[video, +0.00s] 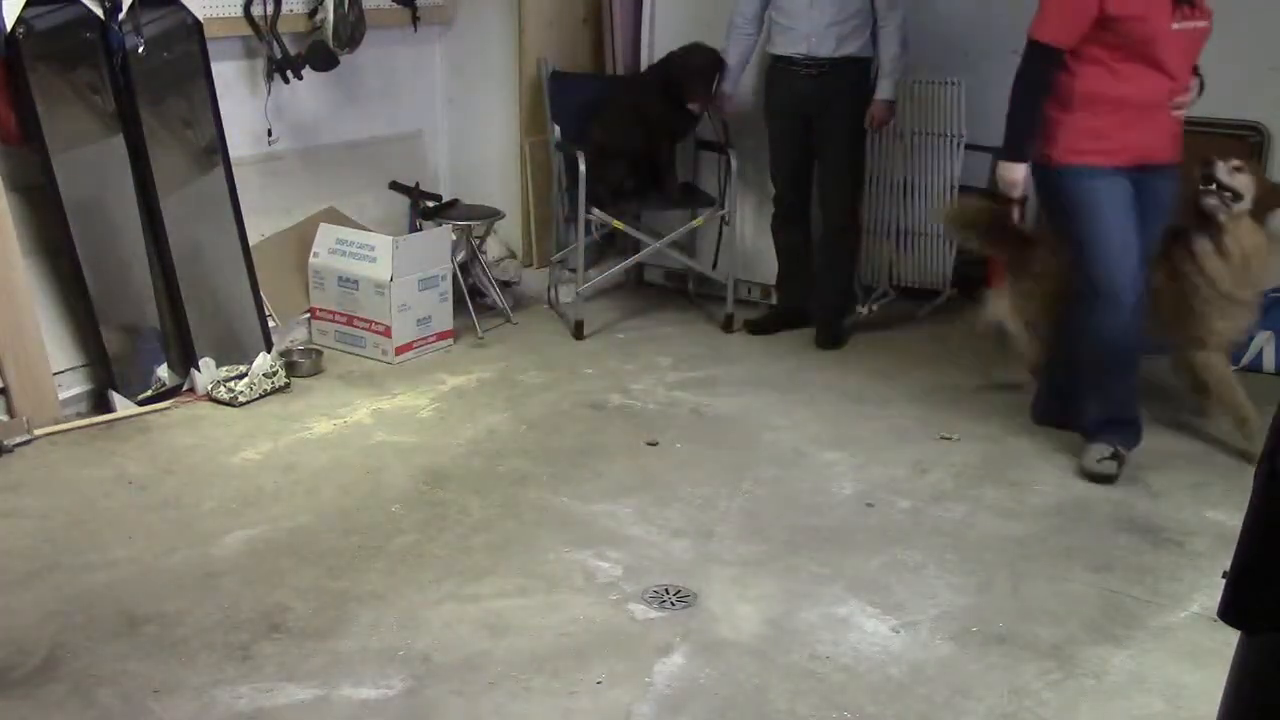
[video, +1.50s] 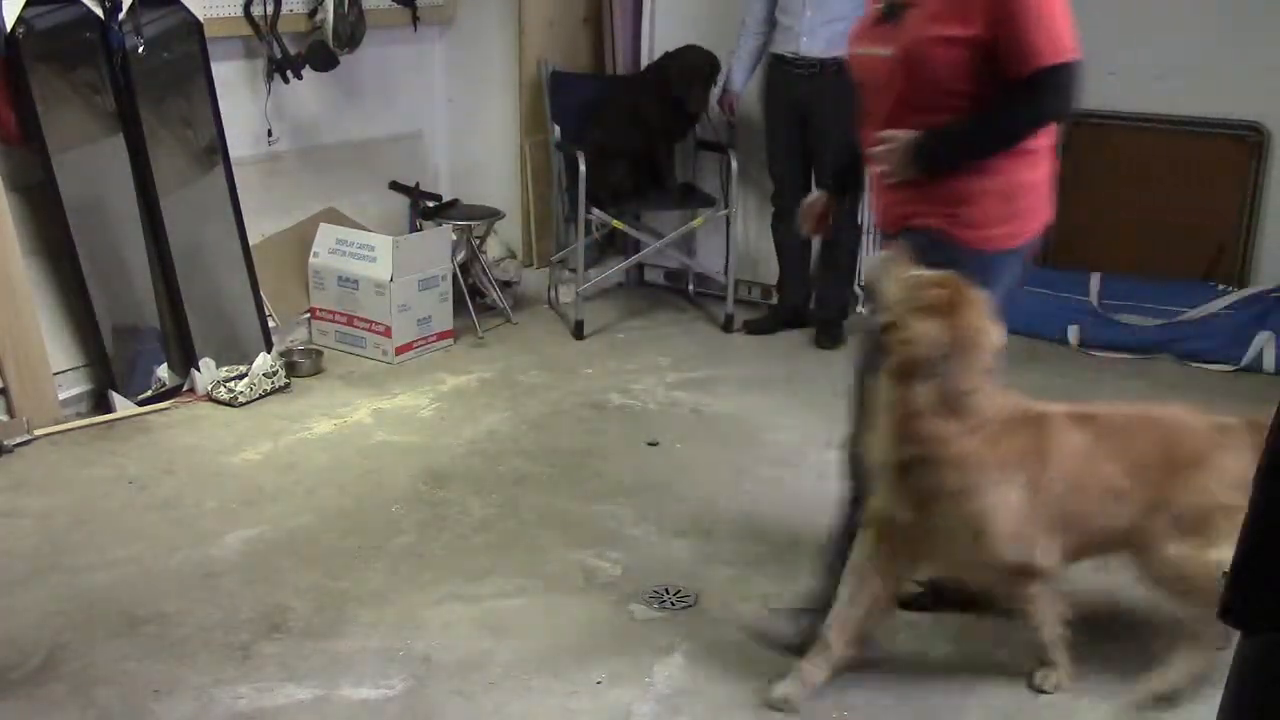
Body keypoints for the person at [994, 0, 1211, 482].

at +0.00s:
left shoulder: (1194, 6)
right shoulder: (1083, 5)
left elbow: (1169, 46)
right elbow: (1041, 55)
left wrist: (1191, 78)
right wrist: (1015, 153)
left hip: (1156, 151)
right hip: (1084, 148)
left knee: (1118, 287)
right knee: (1117, 288)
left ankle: (1061, 400)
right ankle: (1108, 433)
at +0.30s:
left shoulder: (1229, 2)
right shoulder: (1076, 4)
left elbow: (1240, 39)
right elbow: (1039, 59)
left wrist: (1219, 92)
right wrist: (1016, 154)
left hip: (1186, 157)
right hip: (1092, 156)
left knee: (1190, 296)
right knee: (1109, 302)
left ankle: (1134, 410)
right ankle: (1104, 435)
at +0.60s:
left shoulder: (1248, 5)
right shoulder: (1079, 4)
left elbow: (1271, 65)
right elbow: (1041, 72)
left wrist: (1227, 121)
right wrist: (1009, 168)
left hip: (1198, 171)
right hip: (1098, 173)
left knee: (1171, 339)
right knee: (1105, 327)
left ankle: (1169, 509)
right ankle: (1109, 439)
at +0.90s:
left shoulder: (1248, 6)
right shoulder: (1076, 3)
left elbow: (1275, 77)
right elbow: (1049, 62)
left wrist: (1197, 130)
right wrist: (1007, 161)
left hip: (1186, 201)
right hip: (1074, 186)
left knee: (1159, 370)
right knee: (1034, 334)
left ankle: (1162, 526)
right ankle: (1082, 469)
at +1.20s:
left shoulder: (1151, 5)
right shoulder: (999, 5)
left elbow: (1194, 97)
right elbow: (988, 94)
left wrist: (1077, 158)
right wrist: (963, 192)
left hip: (1105, 233)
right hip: (994, 220)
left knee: (1109, 408)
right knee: (974, 394)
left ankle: (1128, 574)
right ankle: (980, 568)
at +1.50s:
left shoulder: (1012, 4)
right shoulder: (884, 10)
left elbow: (1053, 89)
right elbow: (879, 106)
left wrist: (930, 150)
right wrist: (835, 188)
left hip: (981, 225)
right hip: (910, 221)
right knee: (948, 406)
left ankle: (839, 610)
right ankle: (979, 572)